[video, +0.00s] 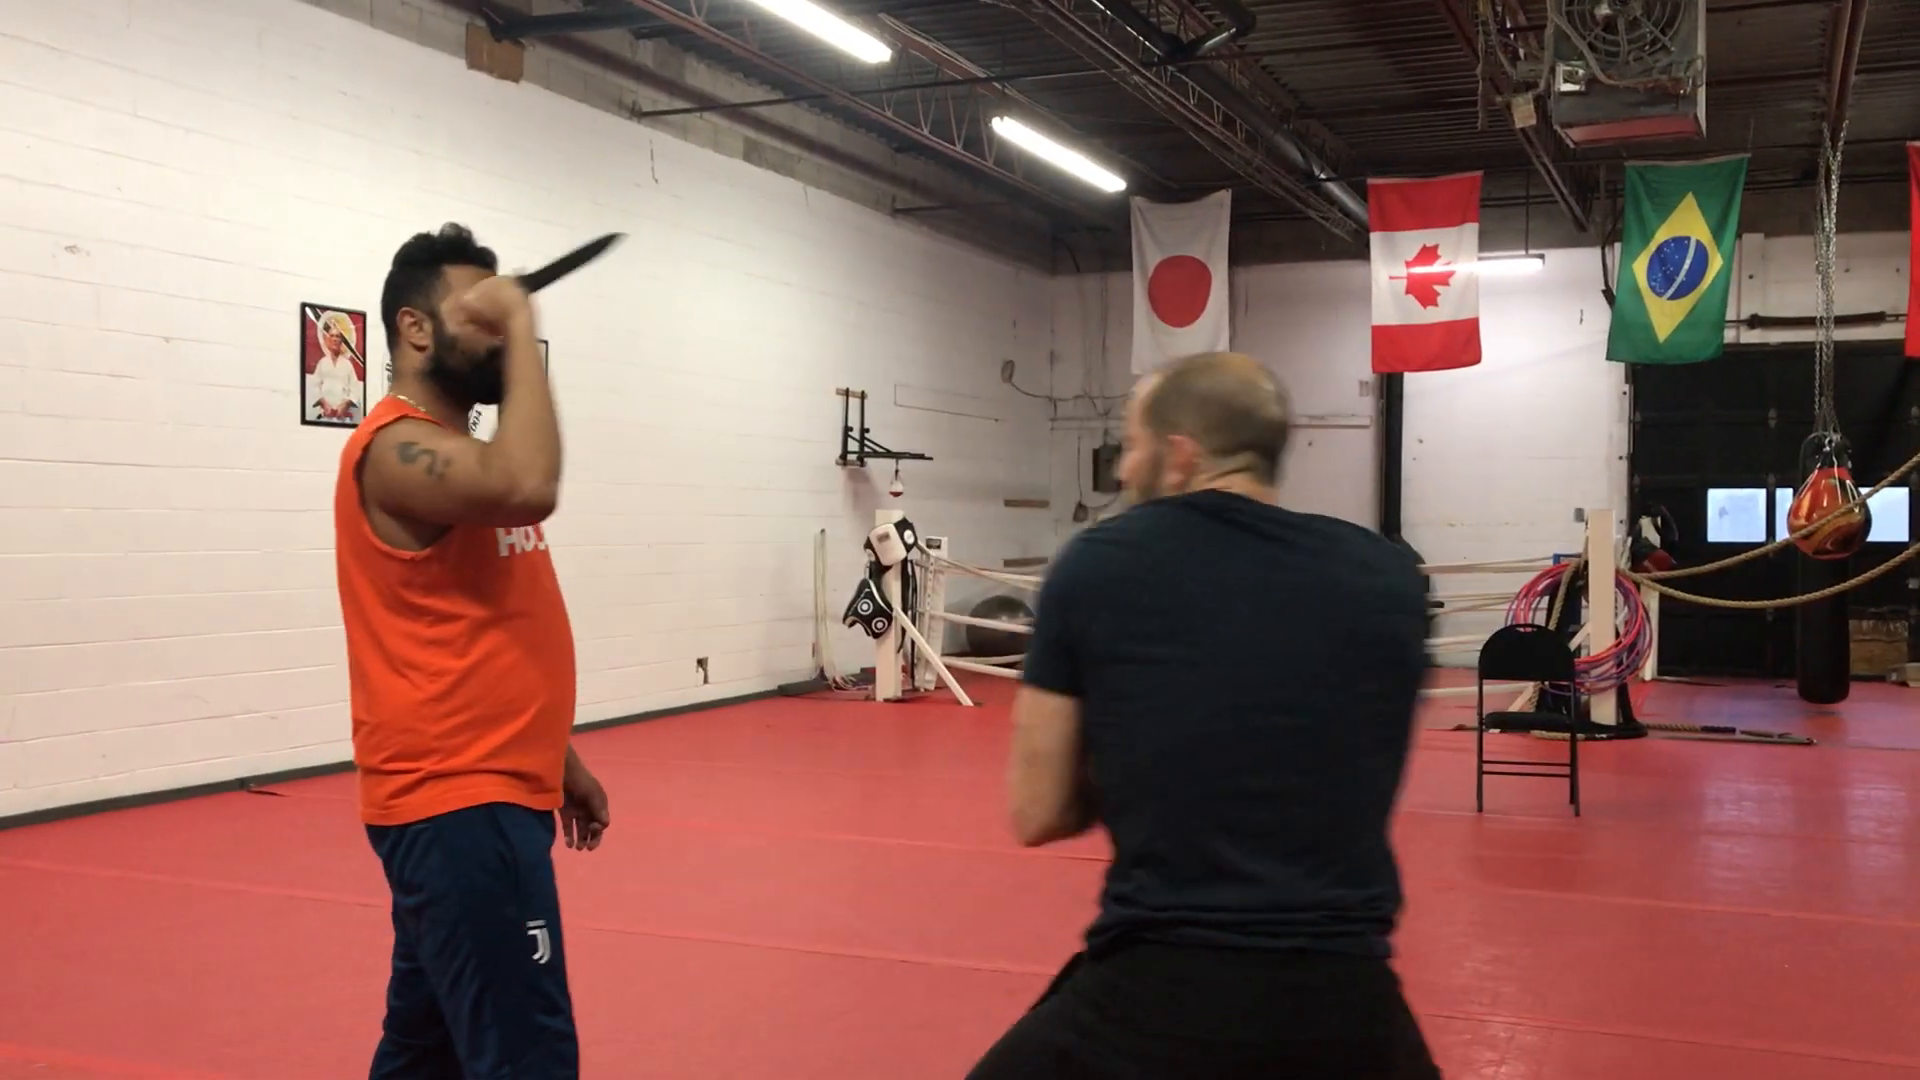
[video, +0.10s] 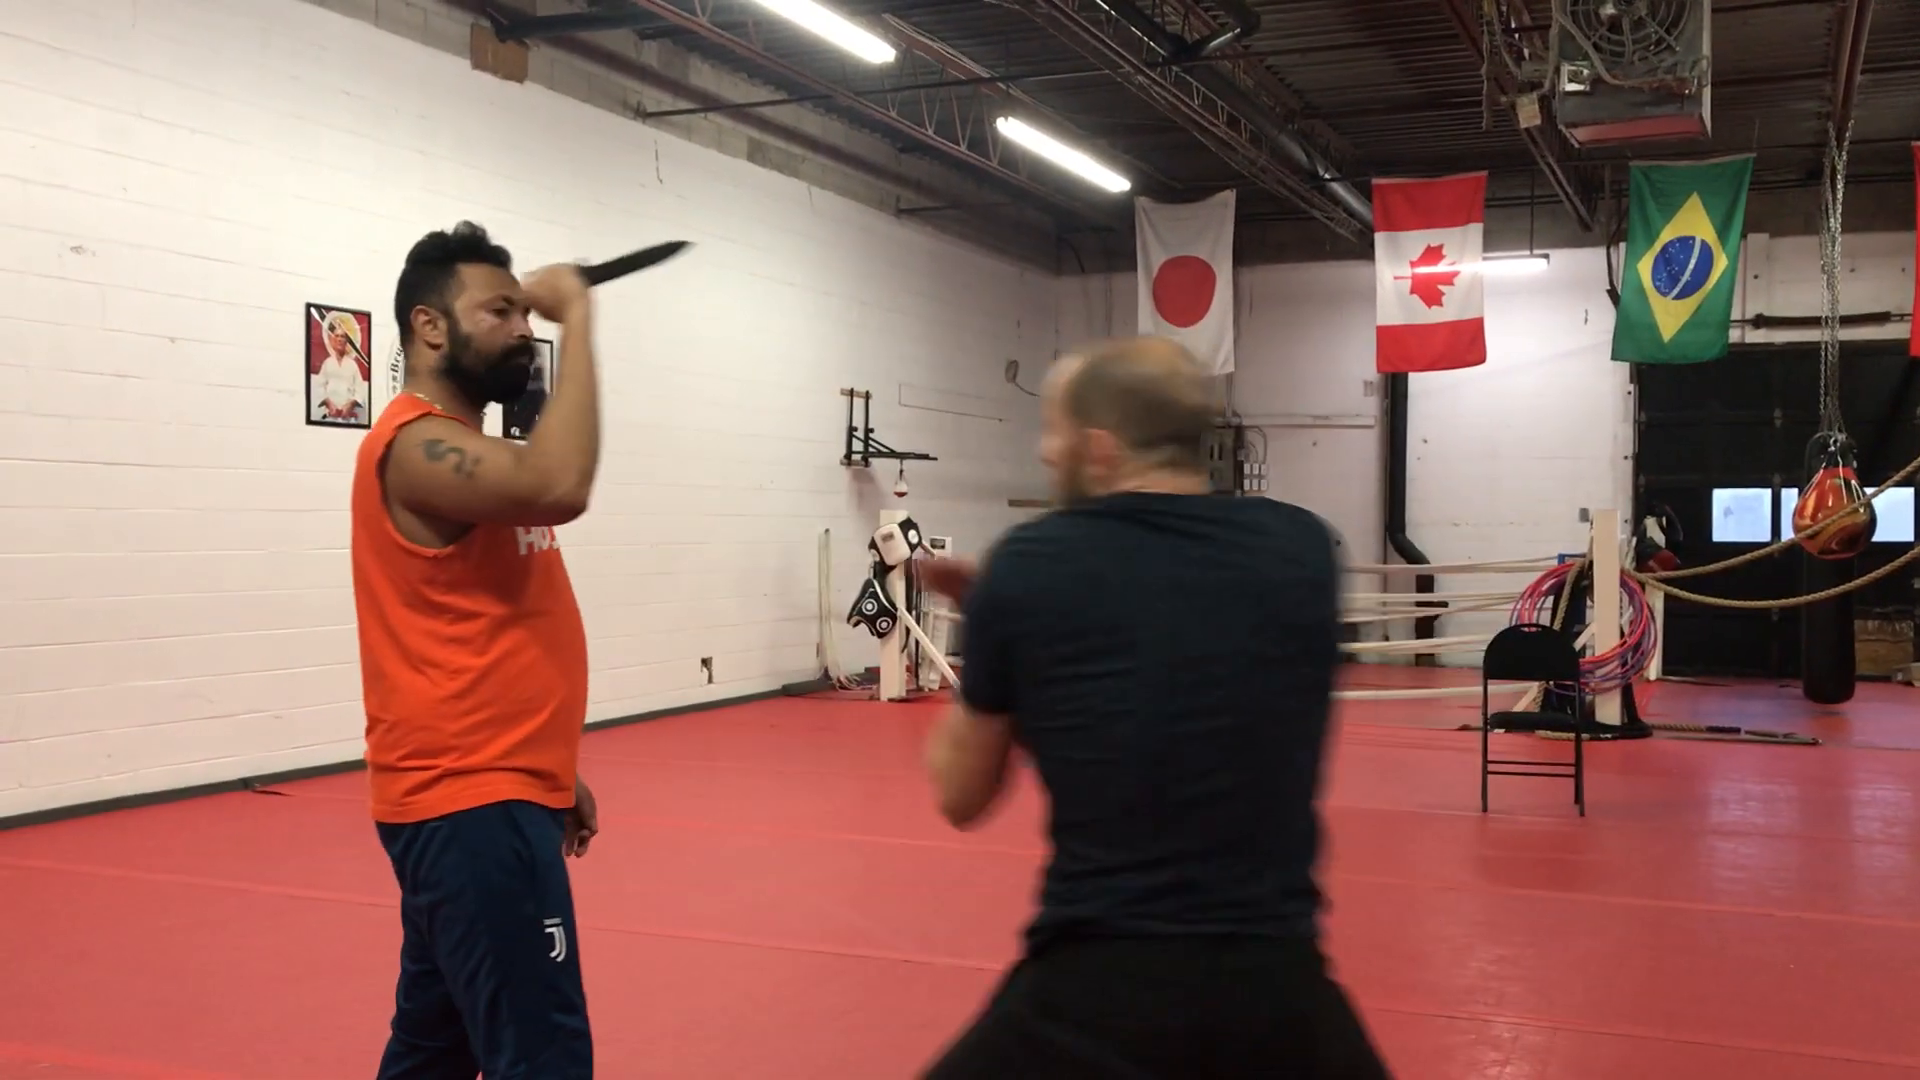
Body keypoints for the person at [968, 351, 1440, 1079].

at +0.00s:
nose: (1120, 470)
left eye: (1129, 447)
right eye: (1123, 447)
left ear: (1181, 456)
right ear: (1268, 458)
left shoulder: (1099, 559)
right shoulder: (1390, 571)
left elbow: (1037, 813)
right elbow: (1362, 783)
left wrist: (1165, 749)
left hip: (1147, 995)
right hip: (1349, 1007)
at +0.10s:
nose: (1041, 451)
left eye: (1049, 429)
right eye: (1042, 429)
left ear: (1099, 446)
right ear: (1190, 437)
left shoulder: (1031, 562)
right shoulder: (1305, 545)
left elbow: (962, 796)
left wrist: (992, 628)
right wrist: (997, 596)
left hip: (1092, 988)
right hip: (1280, 988)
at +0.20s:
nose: (936, 435)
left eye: (942, 414)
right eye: (937, 412)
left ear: (987, 438)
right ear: (1082, 414)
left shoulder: (933, 573)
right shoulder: (1184, 505)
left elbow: (866, 730)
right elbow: (1055, 516)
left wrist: (865, 554)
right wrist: (905, 512)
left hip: (1003, 959)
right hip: (1183, 958)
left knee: (856, 1067)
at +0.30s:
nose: (841, 416)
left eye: (842, 397)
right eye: (838, 392)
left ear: (884, 430)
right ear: (976, 391)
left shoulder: (848, 572)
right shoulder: (1076, 467)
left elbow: (765, 644)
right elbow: (921, 443)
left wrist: (739, 492)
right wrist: (776, 446)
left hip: (924, 944)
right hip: (1101, 936)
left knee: (794, 1069)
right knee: (1213, 1070)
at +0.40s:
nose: (758, 409)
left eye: (757, 398)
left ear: (786, 428)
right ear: (890, 375)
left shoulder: (775, 567)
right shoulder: (998, 450)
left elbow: (698, 575)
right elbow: (872, 396)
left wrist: (658, 449)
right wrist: (688, 396)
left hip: (875, 925)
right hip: (1052, 911)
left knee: (765, 1067)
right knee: (1167, 1069)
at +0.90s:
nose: (684, 403)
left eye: (688, 386)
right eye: (682, 384)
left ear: (738, 403)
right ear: (823, 361)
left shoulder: (709, 544)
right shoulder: (948, 437)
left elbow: (689, 480)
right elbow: (833, 386)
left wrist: (678, 404)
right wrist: (702, 347)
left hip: (819, 899)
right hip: (993, 886)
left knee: (729, 1066)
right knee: (1094, 1065)